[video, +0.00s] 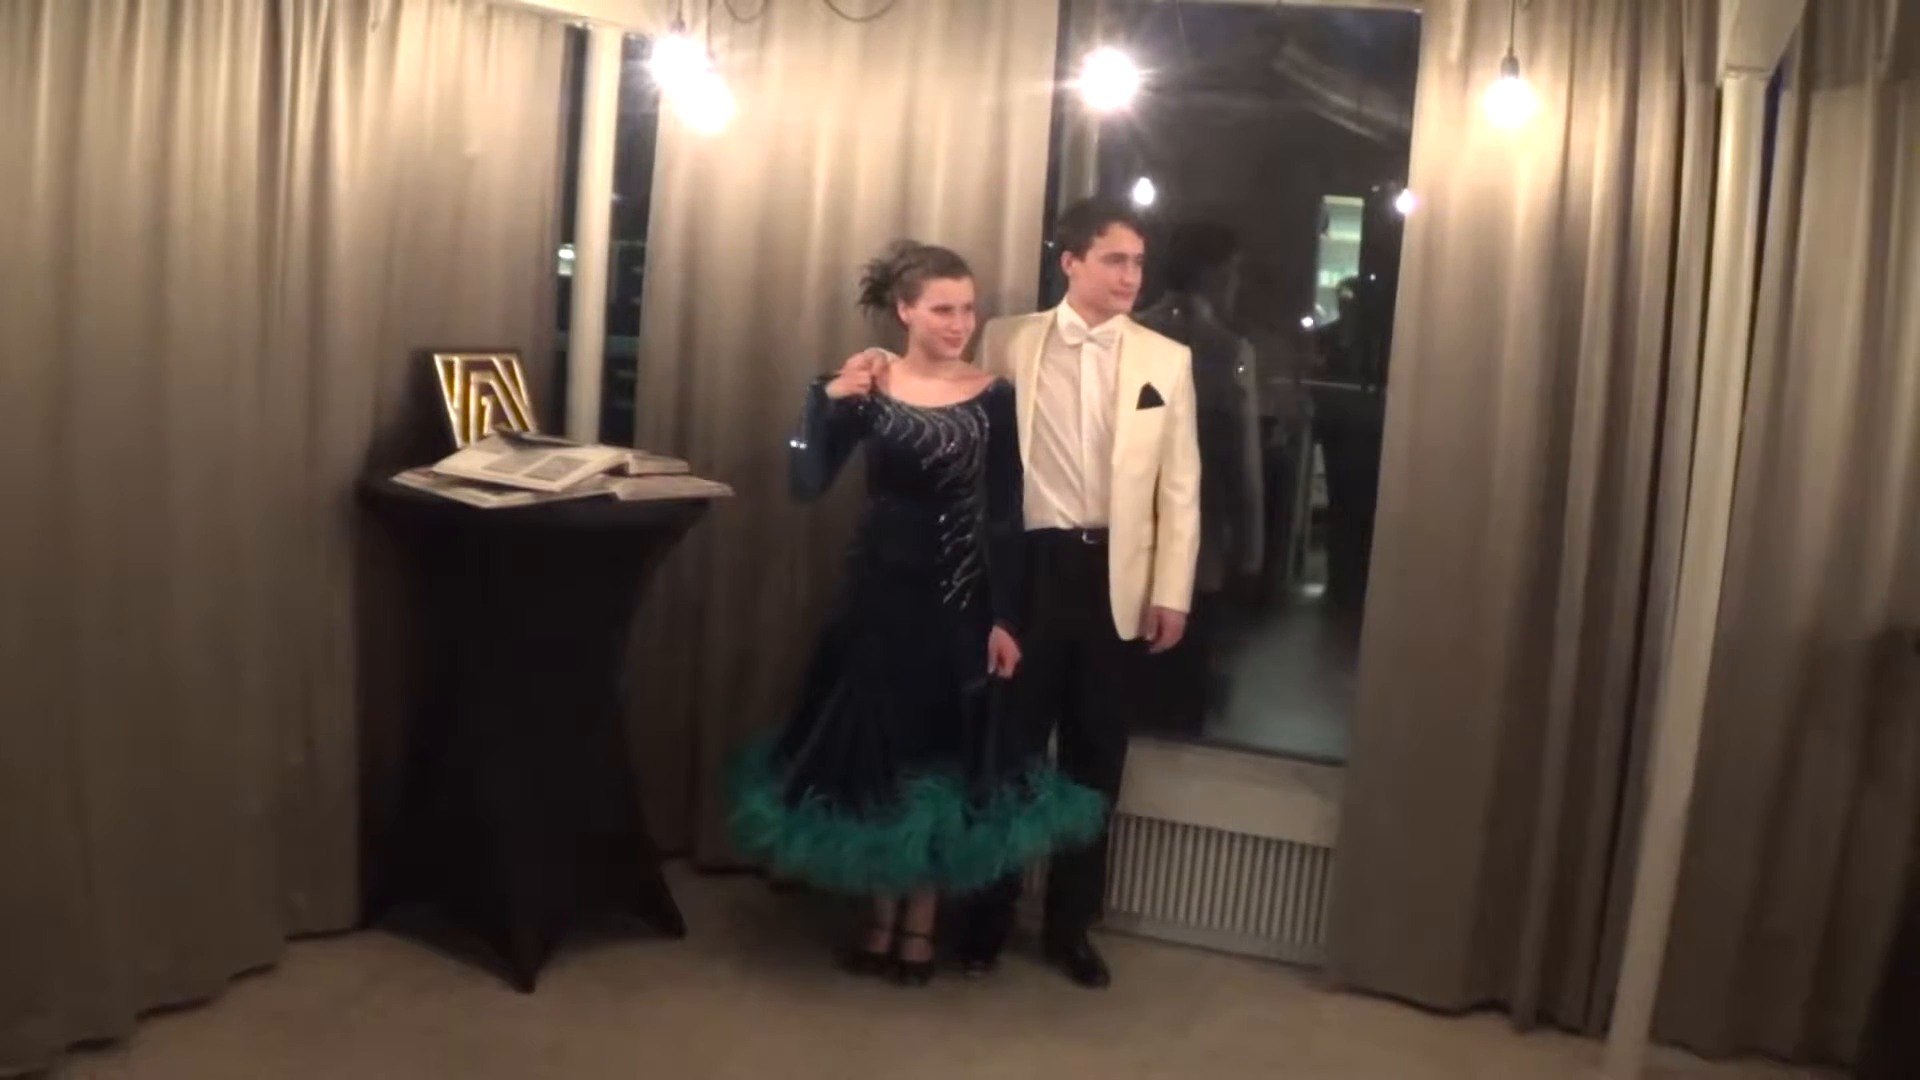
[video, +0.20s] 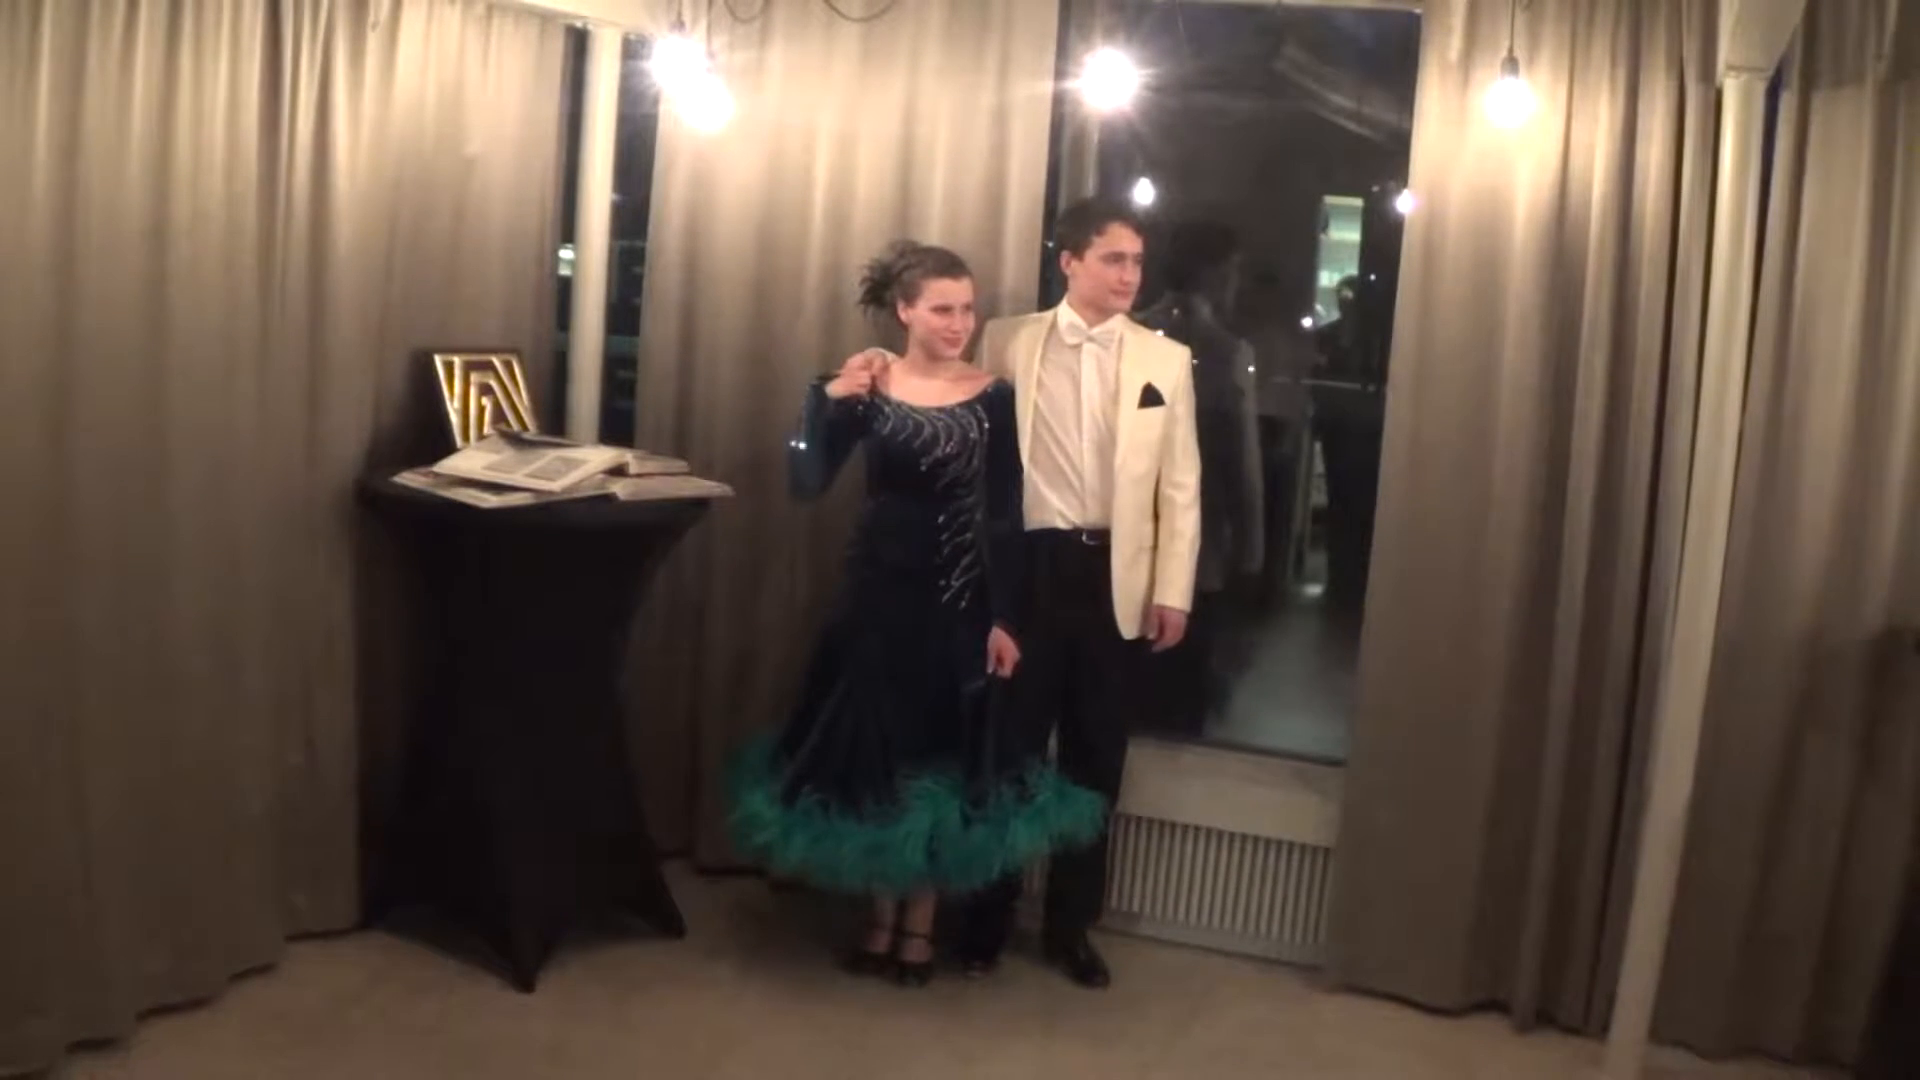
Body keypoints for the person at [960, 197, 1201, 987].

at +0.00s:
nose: (1129, 276)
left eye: (1138, 264)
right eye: (1114, 260)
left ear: (1144, 274)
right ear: (1069, 263)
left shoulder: (1167, 362)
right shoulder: (1009, 342)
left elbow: (1181, 488)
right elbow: (970, 456)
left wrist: (1172, 592)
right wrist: (964, 566)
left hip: (1115, 573)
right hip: (1021, 566)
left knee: (1096, 755)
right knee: (1007, 741)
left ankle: (1071, 927)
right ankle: (981, 920)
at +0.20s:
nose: (1128, 275)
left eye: (1137, 263)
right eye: (1113, 259)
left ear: (1144, 274)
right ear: (1068, 262)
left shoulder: (1167, 362)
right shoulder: (1009, 343)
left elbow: (1181, 487)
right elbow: (969, 455)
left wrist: (1173, 590)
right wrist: (965, 566)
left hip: (1116, 574)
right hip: (1022, 566)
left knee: (1097, 755)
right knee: (1008, 741)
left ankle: (1071, 927)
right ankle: (981, 921)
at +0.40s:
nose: (1127, 275)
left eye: (1136, 263)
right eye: (1112, 259)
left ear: (1143, 273)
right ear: (1067, 261)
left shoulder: (1166, 360)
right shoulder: (1009, 343)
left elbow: (1181, 485)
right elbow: (969, 455)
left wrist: (1173, 589)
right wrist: (965, 569)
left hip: (1118, 574)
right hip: (1023, 566)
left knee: (1097, 757)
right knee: (1008, 743)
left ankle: (1069, 928)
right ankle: (982, 922)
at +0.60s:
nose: (1127, 274)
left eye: (1136, 262)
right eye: (1111, 258)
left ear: (1143, 272)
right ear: (1066, 261)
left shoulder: (1163, 360)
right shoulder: (1008, 343)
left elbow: (1180, 483)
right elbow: (969, 457)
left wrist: (1171, 587)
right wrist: (964, 569)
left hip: (1117, 574)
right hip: (1023, 566)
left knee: (1096, 757)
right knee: (1008, 743)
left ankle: (1069, 928)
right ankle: (982, 922)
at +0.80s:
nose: (1125, 274)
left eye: (1134, 262)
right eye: (1110, 258)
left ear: (1142, 273)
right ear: (1065, 261)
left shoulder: (1164, 362)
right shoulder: (1008, 344)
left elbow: (1179, 485)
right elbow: (967, 457)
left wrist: (1170, 588)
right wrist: (962, 569)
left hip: (1115, 575)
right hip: (1021, 567)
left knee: (1095, 758)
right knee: (1007, 744)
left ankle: (1070, 928)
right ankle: (981, 923)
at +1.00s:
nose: (1124, 275)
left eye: (1133, 262)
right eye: (1109, 259)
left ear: (1141, 272)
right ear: (1064, 262)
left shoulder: (1163, 362)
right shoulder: (1007, 343)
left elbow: (1177, 485)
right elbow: (967, 457)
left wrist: (1169, 588)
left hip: (1114, 575)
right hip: (1020, 567)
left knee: (1094, 756)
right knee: (1005, 742)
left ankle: (1071, 926)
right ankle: (980, 921)